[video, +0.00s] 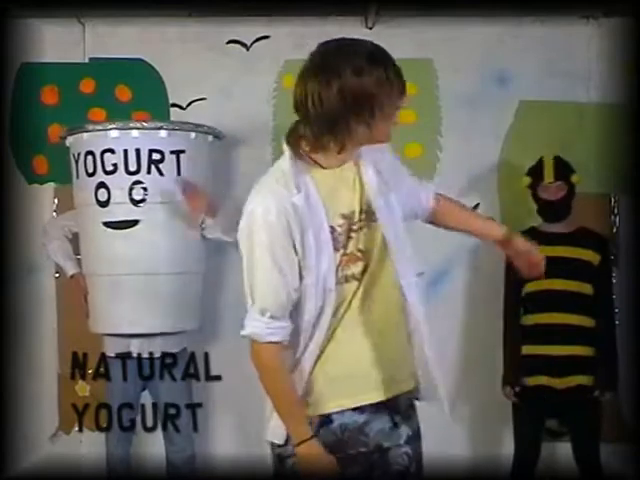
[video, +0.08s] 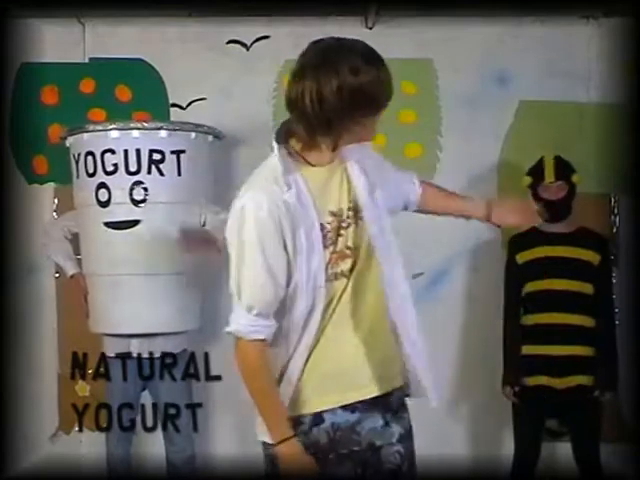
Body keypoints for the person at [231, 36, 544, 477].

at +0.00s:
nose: (399, 117)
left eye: (398, 106)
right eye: (393, 107)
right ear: (359, 109)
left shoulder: (378, 163)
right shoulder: (274, 202)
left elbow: (431, 205)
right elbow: (266, 342)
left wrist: (507, 238)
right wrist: (303, 441)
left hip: (395, 406)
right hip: (321, 423)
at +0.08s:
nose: (379, 122)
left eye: (379, 111)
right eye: (373, 113)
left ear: (319, 106)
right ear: (343, 113)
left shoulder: (362, 164)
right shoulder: (263, 201)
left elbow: (413, 193)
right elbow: (249, 341)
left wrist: (488, 209)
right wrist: (282, 440)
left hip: (386, 407)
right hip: (312, 422)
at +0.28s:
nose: (350, 113)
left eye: (349, 104)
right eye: (346, 106)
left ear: (288, 101)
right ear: (325, 108)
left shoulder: (339, 162)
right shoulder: (240, 199)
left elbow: (382, 180)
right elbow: (223, 336)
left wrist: (427, 189)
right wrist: (243, 441)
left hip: (372, 407)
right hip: (294, 420)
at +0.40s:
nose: (336, 113)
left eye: (335, 104)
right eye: (332, 105)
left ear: (270, 101)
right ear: (315, 109)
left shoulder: (326, 162)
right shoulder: (234, 201)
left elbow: (367, 184)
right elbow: (219, 335)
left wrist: (411, 193)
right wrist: (238, 443)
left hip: (368, 405)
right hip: (289, 420)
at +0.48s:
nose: (331, 112)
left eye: (330, 103)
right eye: (328, 104)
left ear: (265, 101)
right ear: (310, 108)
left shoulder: (320, 160)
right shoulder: (230, 202)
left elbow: (361, 185)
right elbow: (218, 336)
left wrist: (406, 194)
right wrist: (241, 442)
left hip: (367, 403)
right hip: (290, 419)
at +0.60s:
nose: (326, 112)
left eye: (325, 103)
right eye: (323, 104)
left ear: (259, 101)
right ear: (305, 108)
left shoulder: (315, 160)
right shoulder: (225, 204)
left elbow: (359, 185)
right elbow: (218, 338)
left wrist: (406, 193)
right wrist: (249, 439)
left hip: (365, 399)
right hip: (291, 417)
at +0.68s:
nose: (324, 114)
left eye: (324, 105)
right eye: (321, 105)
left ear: (258, 103)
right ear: (299, 109)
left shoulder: (314, 161)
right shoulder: (224, 204)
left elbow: (358, 185)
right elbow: (219, 337)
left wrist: (407, 194)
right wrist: (254, 438)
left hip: (363, 397)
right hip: (290, 416)